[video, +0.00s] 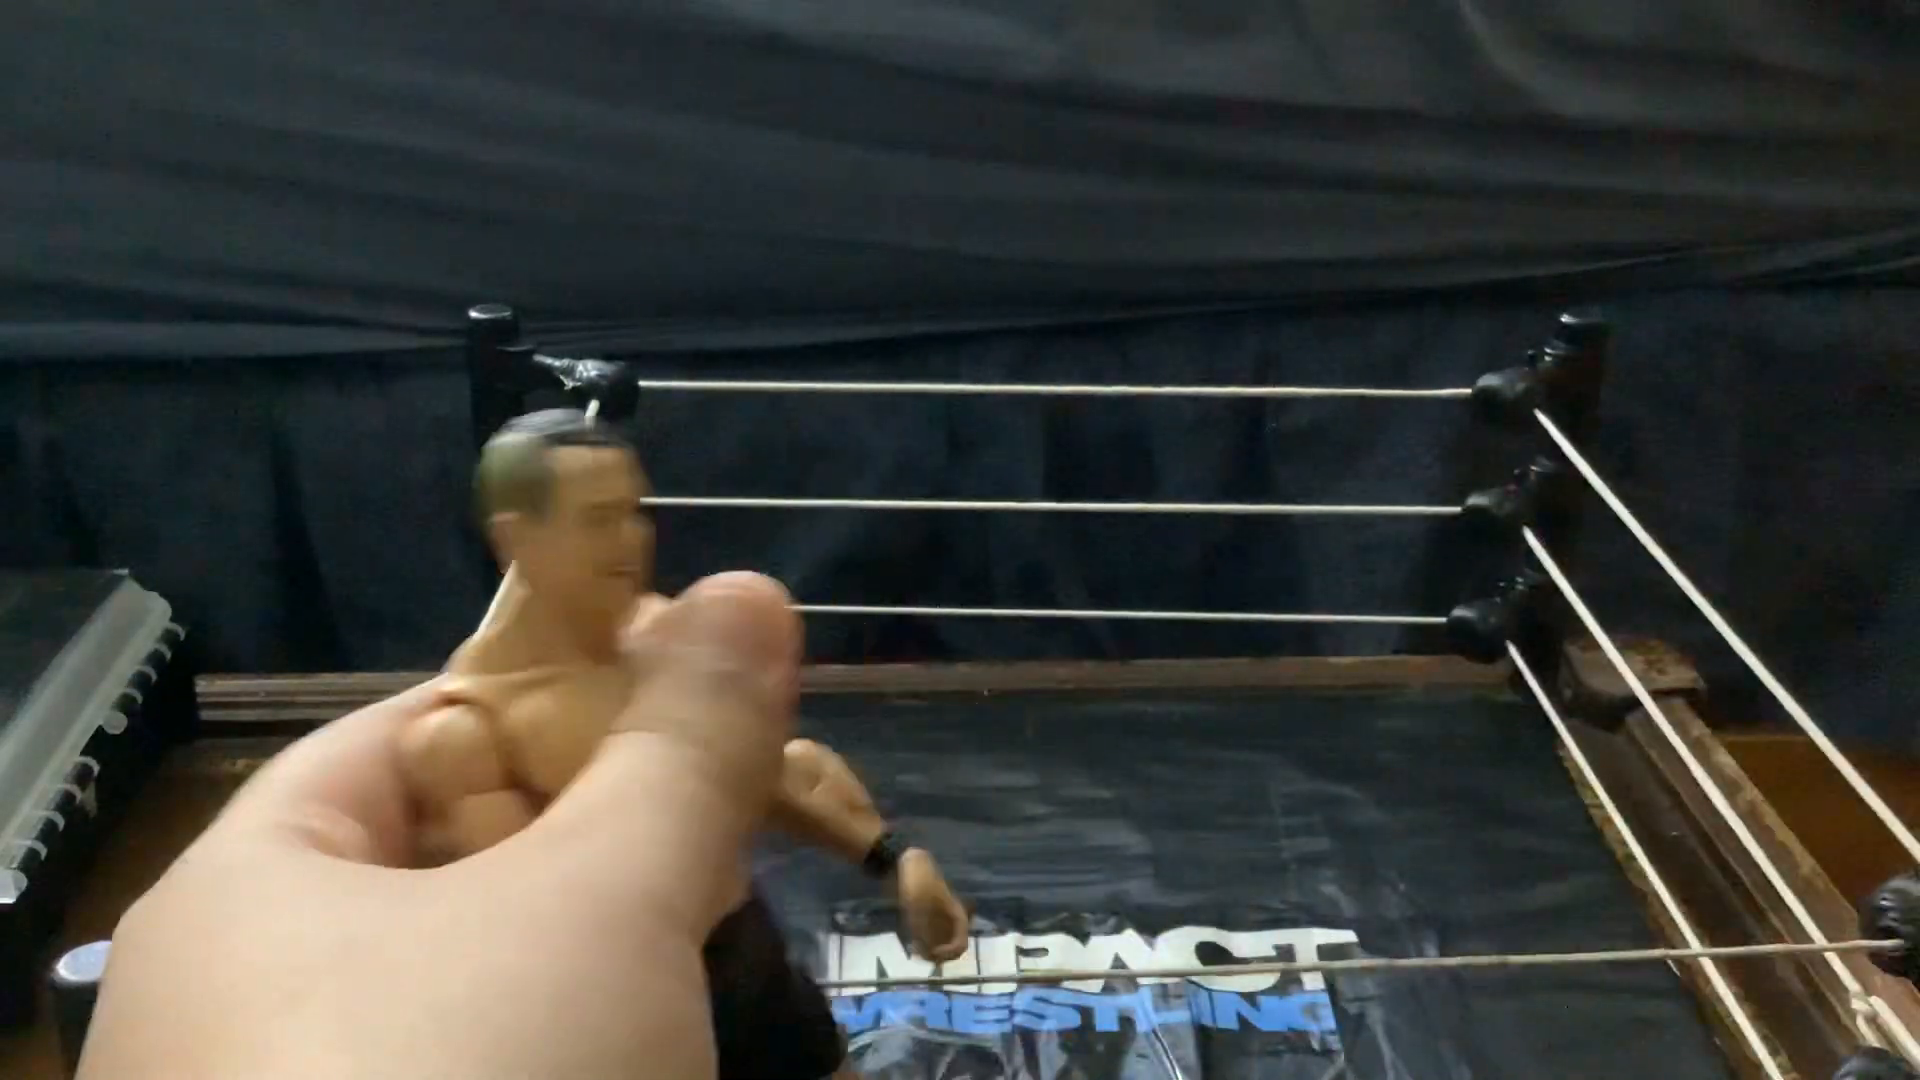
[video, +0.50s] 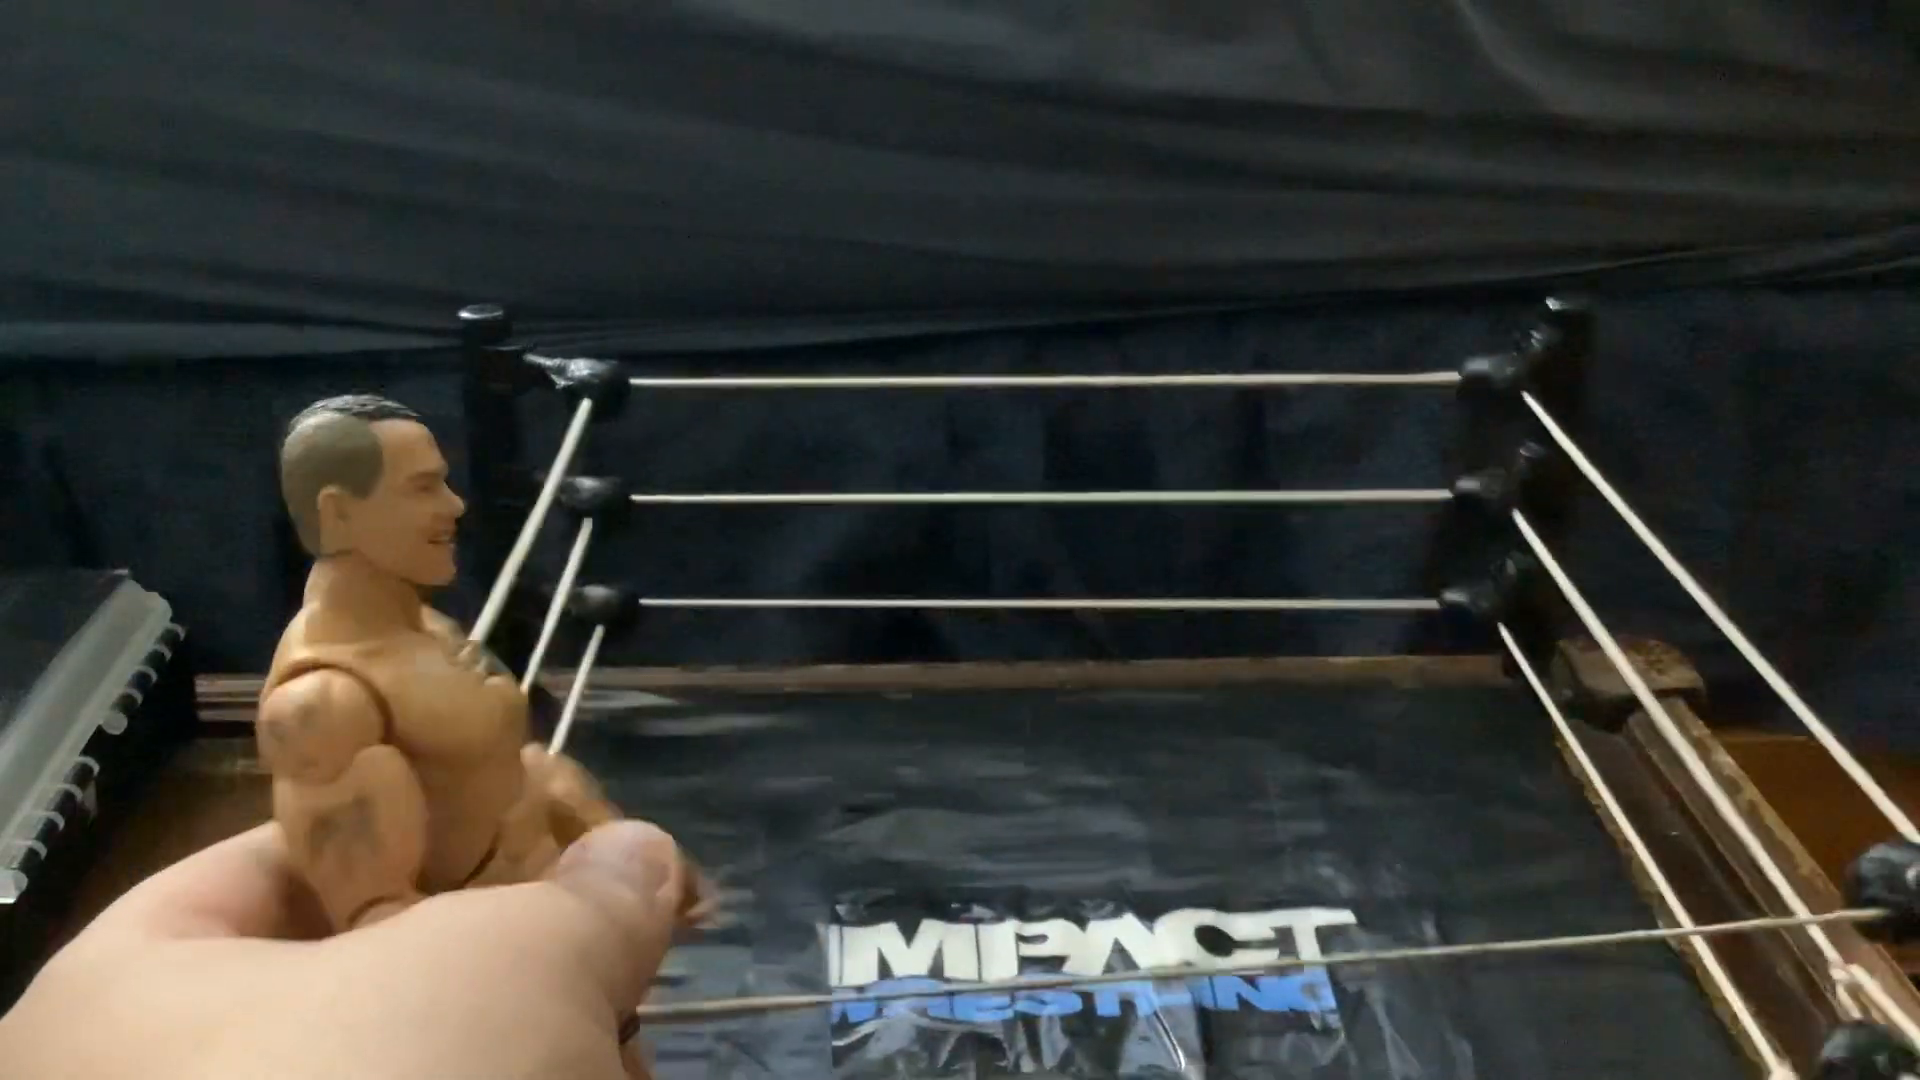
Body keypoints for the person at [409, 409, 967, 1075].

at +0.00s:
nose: (632, 543)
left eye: (639, 515)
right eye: (599, 520)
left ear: (651, 516)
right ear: (513, 537)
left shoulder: (657, 635)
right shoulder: (460, 725)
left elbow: (776, 763)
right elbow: (533, 924)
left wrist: (894, 856)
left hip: (744, 960)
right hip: (603, 995)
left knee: (819, 1060)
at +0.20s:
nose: (375, 561)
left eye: (380, 535)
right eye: (337, 544)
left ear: (396, 540)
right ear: (252, 575)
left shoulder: (468, 645)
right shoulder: (233, 755)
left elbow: (595, 755)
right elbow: (301, 952)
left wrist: (724, 838)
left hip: (558, 952)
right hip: (399, 1023)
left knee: (671, 1040)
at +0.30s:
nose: (370, 529)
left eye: (359, 506)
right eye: (332, 518)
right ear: (246, 557)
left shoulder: (403, 629)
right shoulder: (249, 750)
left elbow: (533, 743)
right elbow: (351, 935)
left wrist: (660, 800)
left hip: (554, 923)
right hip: (451, 991)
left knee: (676, 1054)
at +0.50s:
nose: (455, 506)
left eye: (445, 485)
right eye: (424, 488)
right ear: (337, 515)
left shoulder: (420, 623)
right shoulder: (318, 703)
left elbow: (532, 769)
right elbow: (372, 914)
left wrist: (641, 858)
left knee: (551, 773)